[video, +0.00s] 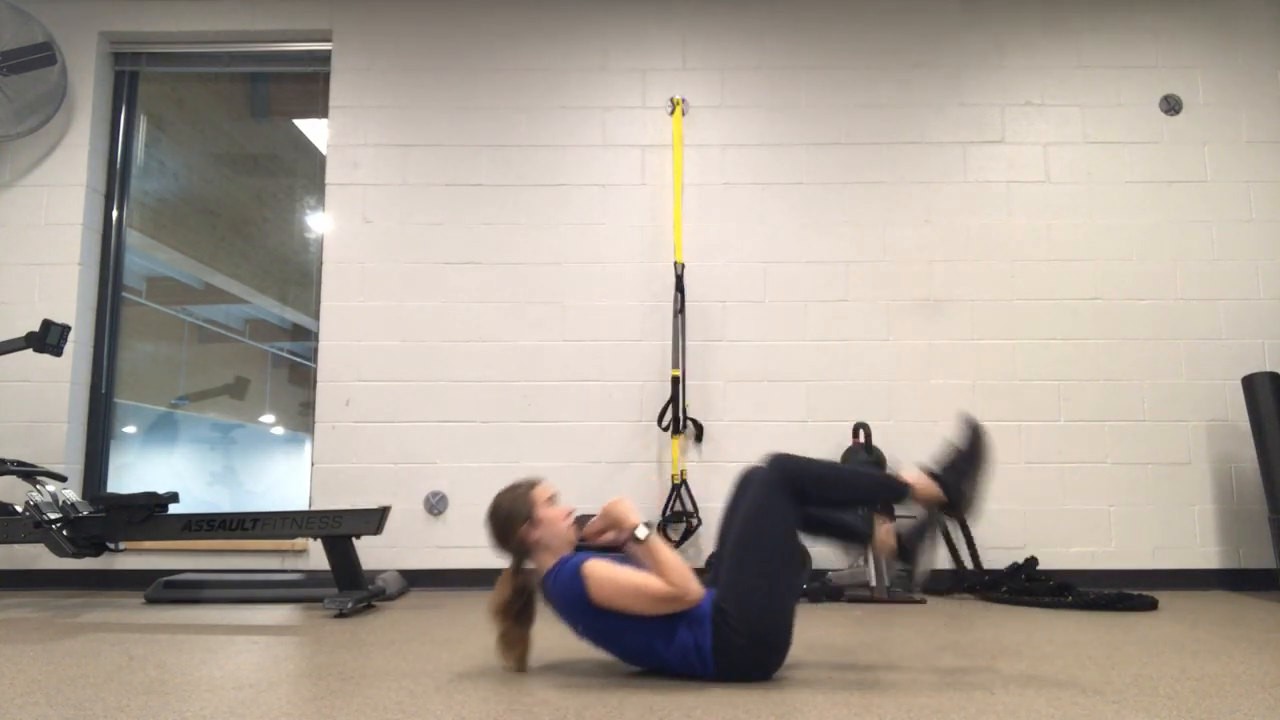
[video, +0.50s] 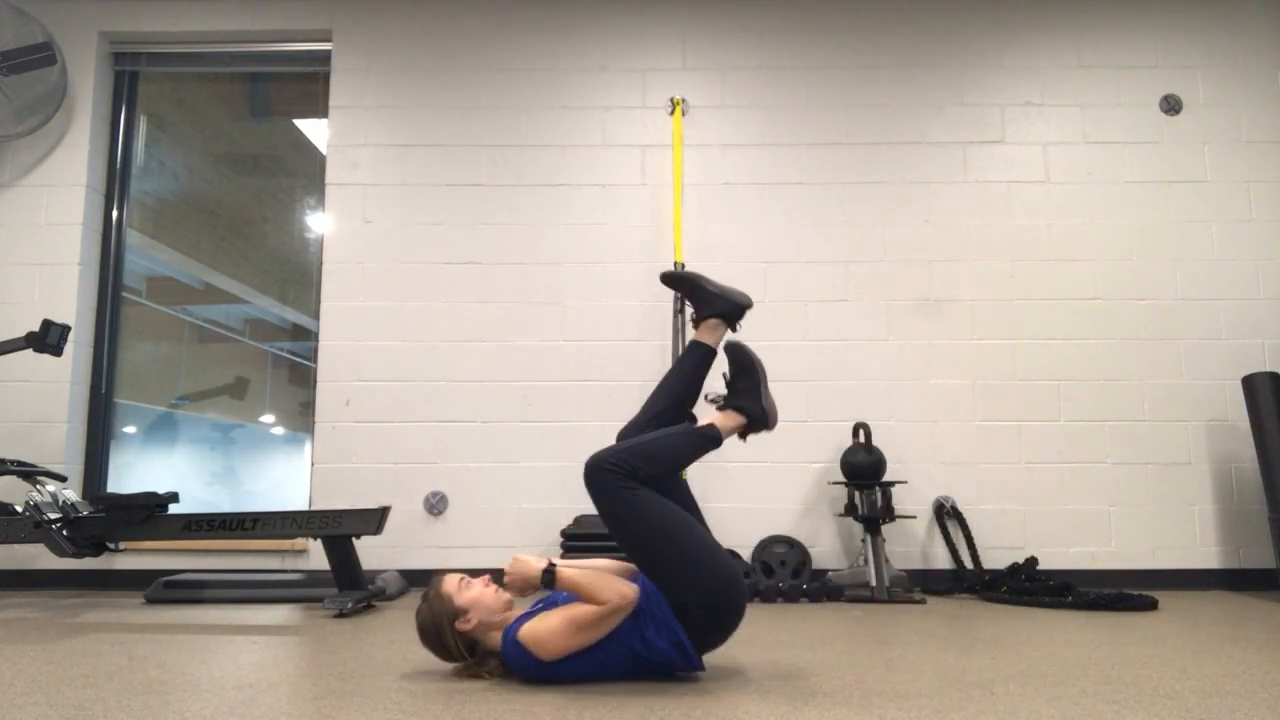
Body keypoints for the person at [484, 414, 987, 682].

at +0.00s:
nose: (567, 508)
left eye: (558, 499)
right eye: (553, 505)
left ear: (535, 532)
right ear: (531, 535)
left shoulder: (567, 569)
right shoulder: (579, 574)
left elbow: (617, 514)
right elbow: (685, 591)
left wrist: (611, 526)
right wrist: (638, 530)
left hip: (725, 630)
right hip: (738, 642)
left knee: (763, 478)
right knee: (773, 474)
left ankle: (886, 537)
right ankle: (931, 490)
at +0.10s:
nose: (540, 532)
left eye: (531, 526)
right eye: (525, 532)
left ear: (524, 555)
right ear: (509, 563)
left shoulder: (559, 592)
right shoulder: (560, 601)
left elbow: (652, 595)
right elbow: (668, 596)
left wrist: (605, 553)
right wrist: (610, 545)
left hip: (723, 632)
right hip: (734, 644)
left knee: (727, 468)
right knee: (726, 467)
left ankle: (860, 449)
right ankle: (859, 455)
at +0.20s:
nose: (517, 552)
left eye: (506, 547)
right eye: (502, 554)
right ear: (492, 589)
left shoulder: (551, 606)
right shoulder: (548, 622)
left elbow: (653, 603)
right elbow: (657, 603)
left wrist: (583, 563)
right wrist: (591, 559)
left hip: (715, 629)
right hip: (723, 639)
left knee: (679, 468)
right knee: (679, 467)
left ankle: (798, 404)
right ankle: (810, 416)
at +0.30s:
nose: (499, 565)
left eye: (486, 562)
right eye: (483, 570)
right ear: (479, 607)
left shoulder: (540, 614)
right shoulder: (541, 633)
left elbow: (644, 590)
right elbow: (640, 601)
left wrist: (569, 571)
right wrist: (568, 567)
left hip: (702, 609)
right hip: (714, 625)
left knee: (657, 463)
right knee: (640, 468)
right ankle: (766, 407)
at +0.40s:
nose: (486, 575)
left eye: (475, 573)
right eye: (472, 581)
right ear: (470, 619)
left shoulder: (535, 619)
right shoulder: (530, 638)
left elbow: (635, 574)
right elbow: (629, 601)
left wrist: (556, 567)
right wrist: (555, 569)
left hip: (694, 599)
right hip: (704, 614)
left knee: (634, 460)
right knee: (616, 469)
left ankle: (722, 342)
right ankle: (748, 406)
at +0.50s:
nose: (481, 578)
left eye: (469, 577)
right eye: (467, 585)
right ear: (466, 625)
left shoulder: (532, 617)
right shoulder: (528, 641)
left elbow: (630, 569)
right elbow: (622, 598)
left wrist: (548, 570)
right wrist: (547, 571)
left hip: (689, 591)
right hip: (701, 609)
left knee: (629, 451)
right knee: (604, 471)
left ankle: (711, 325)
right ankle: (736, 416)